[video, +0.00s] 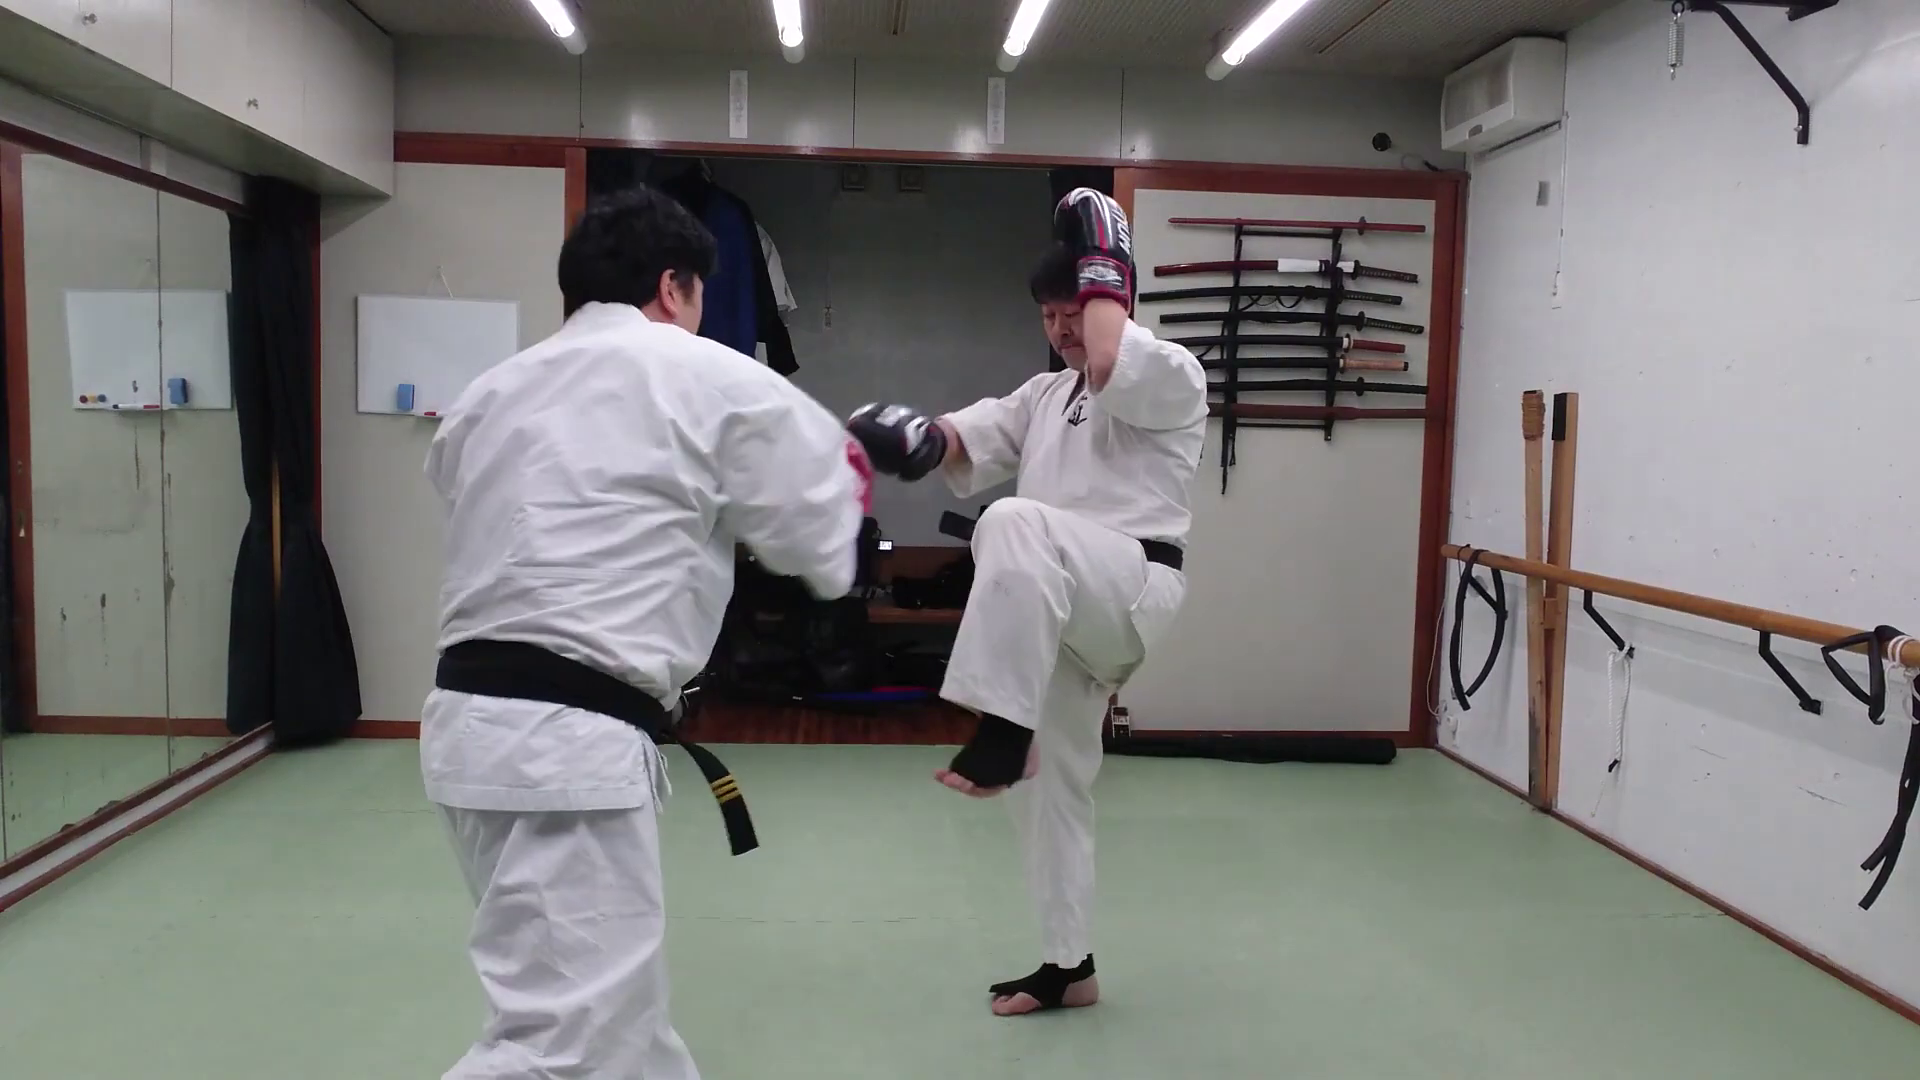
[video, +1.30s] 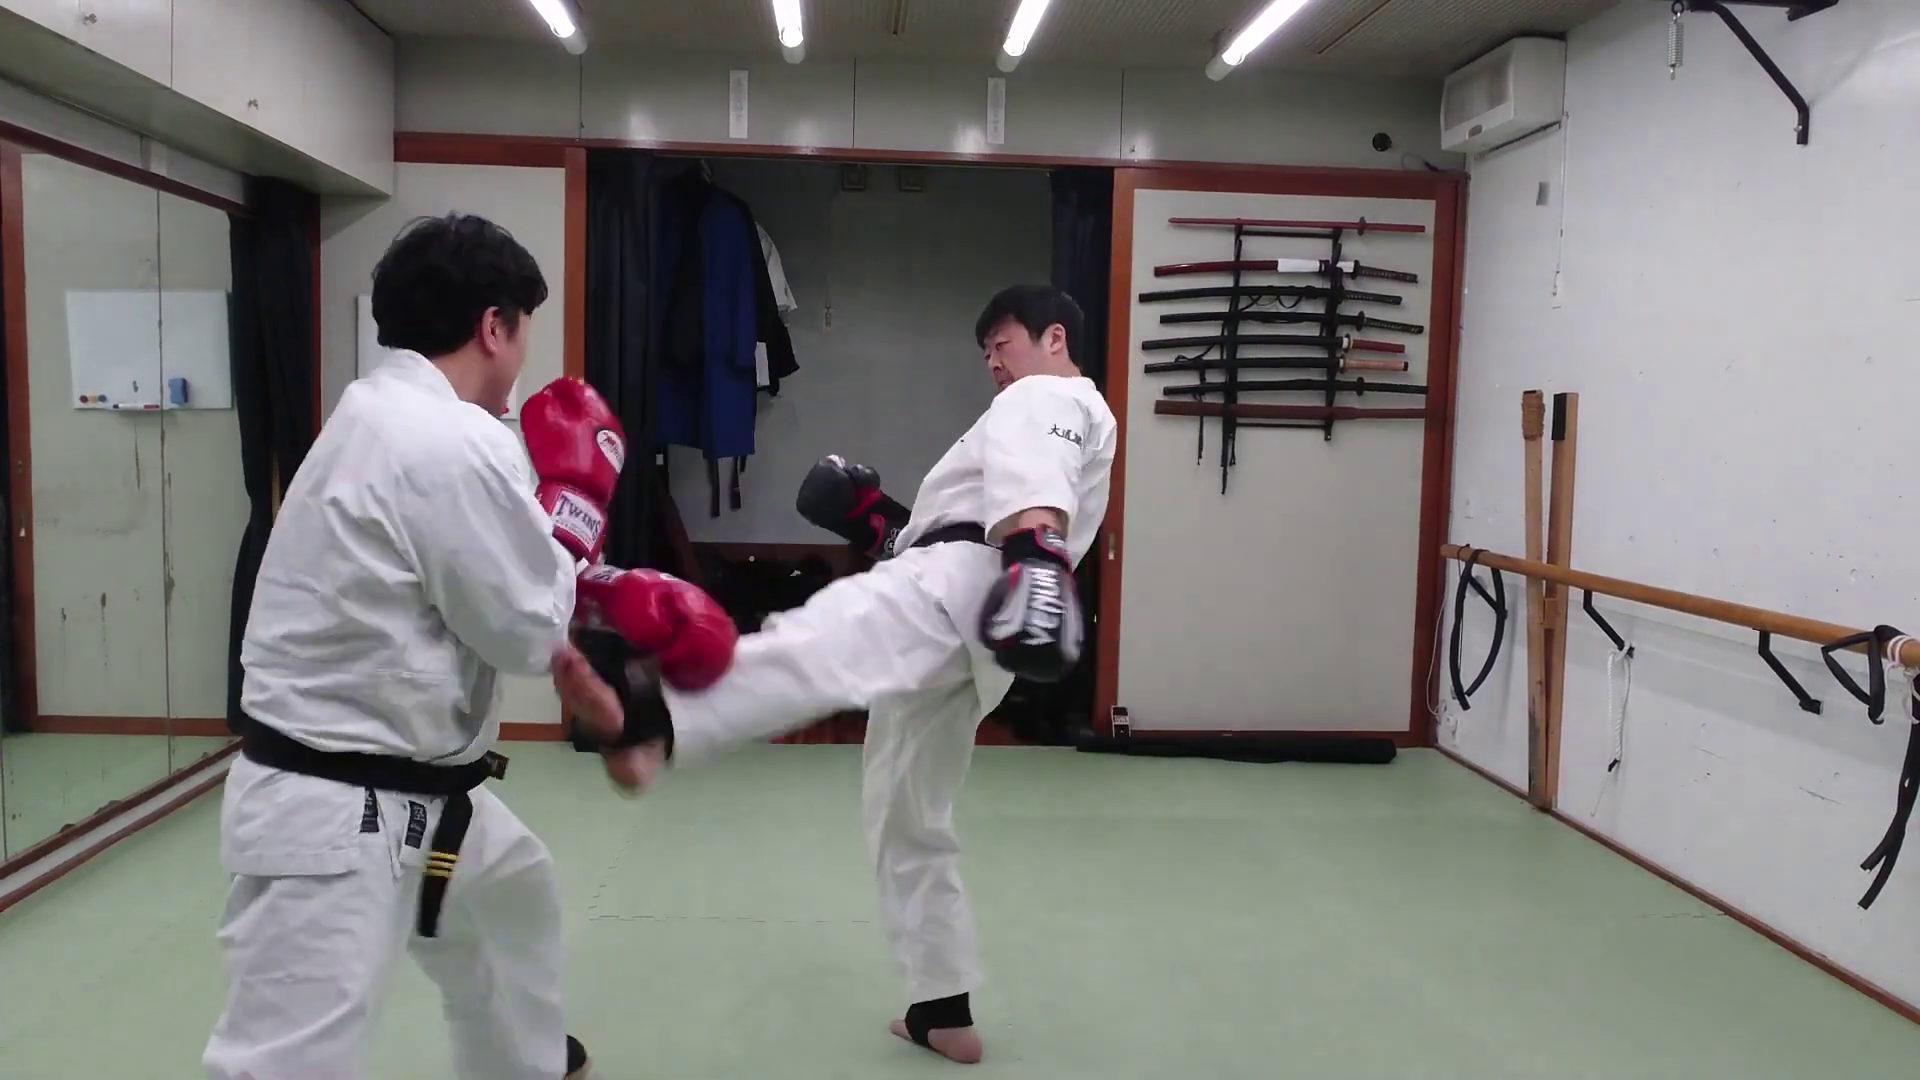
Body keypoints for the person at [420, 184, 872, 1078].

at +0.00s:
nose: (703, 315)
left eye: (702, 296)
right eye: (700, 293)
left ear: (575, 289)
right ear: (671, 289)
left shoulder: (489, 392)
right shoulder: (703, 378)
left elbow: (494, 546)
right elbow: (830, 552)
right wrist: (840, 459)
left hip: (459, 741)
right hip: (576, 750)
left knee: (621, 1031)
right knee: (552, 1039)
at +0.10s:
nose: (676, 307)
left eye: (676, 284)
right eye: (675, 283)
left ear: (548, 275)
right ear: (639, 277)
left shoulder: (452, 384)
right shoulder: (660, 377)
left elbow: (424, 560)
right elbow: (722, 559)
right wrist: (754, 457)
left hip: (445, 739)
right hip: (551, 755)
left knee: (619, 1025)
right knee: (524, 1044)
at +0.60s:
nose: (637, 292)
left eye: (639, 267)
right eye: (635, 264)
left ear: (520, 255)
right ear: (589, 258)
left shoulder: (437, 375)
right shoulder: (571, 365)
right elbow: (724, 521)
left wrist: (644, 391)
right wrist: (730, 409)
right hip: (490, 758)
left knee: (598, 1033)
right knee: (412, 1055)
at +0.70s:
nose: (679, 313)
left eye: (682, 288)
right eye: (678, 284)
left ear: (587, 267)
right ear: (633, 275)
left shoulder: (526, 360)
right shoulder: (573, 373)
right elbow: (698, 555)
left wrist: (693, 426)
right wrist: (726, 439)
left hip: (552, 747)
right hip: (462, 747)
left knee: (597, 1014)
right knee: (418, 1043)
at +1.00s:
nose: (633, 315)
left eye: (640, 294)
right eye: (634, 292)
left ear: (539, 274)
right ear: (593, 283)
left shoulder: (489, 357)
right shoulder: (538, 397)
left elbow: (652, 461)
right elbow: (631, 560)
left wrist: (771, 436)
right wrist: (658, 416)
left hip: (493, 729)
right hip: (413, 732)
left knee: (584, 951)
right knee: (336, 1028)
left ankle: (625, 1070)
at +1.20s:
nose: (530, 339)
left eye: (532, 316)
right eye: (531, 315)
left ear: (409, 300)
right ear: (500, 316)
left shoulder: (372, 383)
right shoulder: (479, 446)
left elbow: (542, 470)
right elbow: (532, 609)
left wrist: (644, 521)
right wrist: (621, 603)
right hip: (350, 799)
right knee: (287, 1060)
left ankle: (569, 1070)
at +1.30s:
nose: (526, 357)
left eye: (528, 331)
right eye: (526, 330)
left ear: (412, 320)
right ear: (492, 328)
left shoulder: (377, 409)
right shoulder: (452, 444)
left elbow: (463, 555)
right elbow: (526, 630)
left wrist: (567, 658)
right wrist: (573, 508)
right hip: (335, 795)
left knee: (506, 879)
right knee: (286, 1060)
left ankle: (523, 1065)